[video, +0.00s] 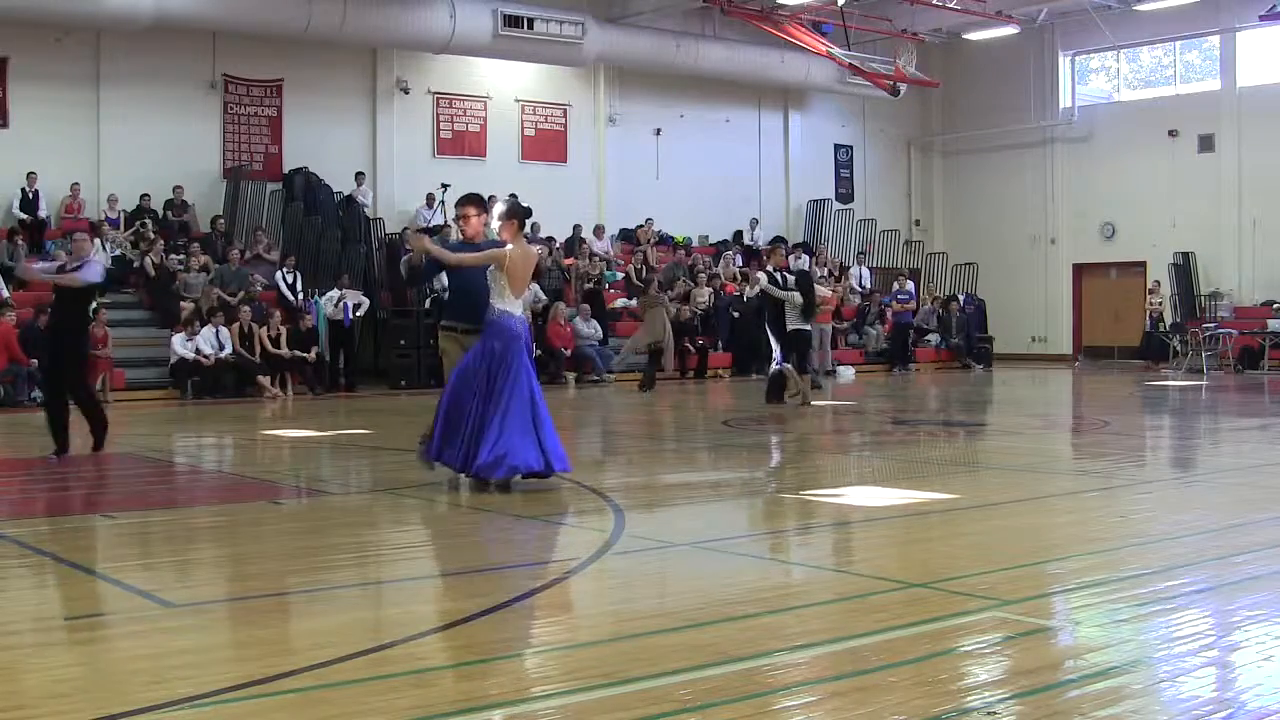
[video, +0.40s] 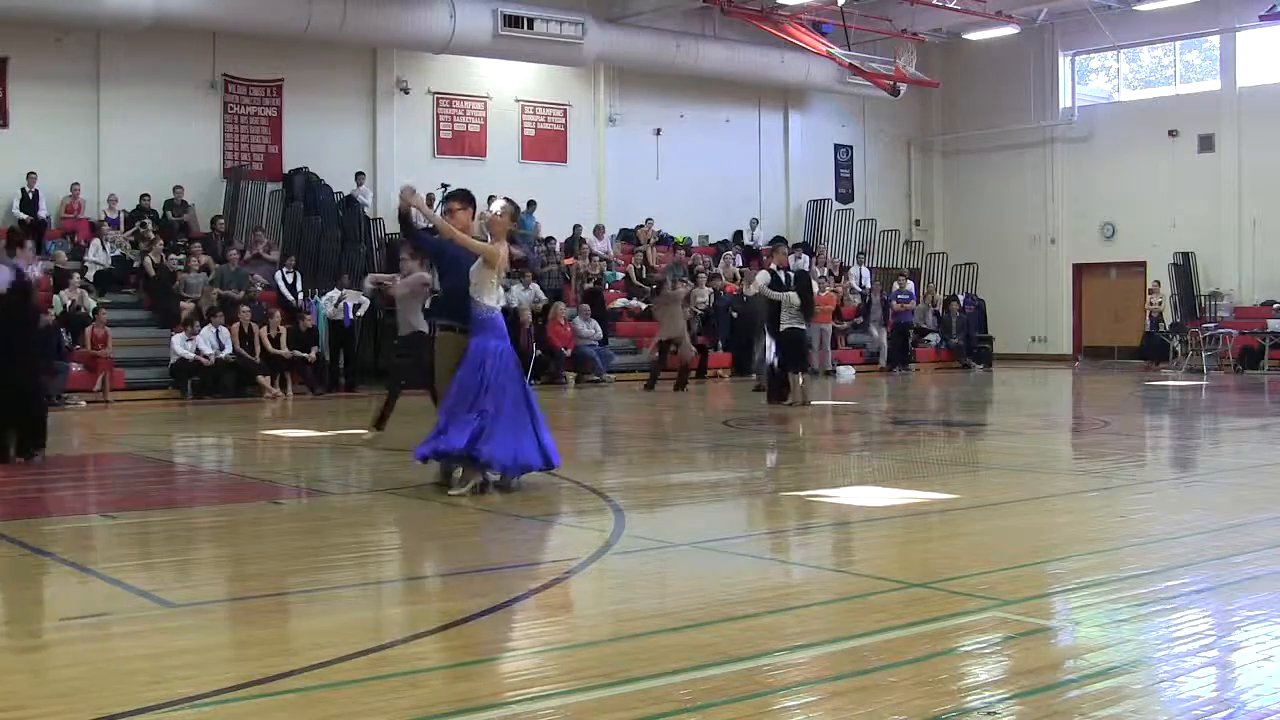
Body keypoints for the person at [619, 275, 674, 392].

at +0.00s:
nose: (657, 286)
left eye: (656, 283)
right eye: (656, 284)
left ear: (645, 285)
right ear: (653, 285)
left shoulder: (642, 300)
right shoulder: (662, 298)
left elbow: (641, 315)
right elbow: (670, 313)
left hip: (649, 327)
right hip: (662, 327)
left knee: (652, 356)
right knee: (656, 356)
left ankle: (649, 382)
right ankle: (645, 383)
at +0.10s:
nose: (657, 285)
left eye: (656, 283)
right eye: (655, 283)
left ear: (646, 285)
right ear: (652, 284)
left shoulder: (644, 300)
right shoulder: (663, 298)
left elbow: (643, 314)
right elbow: (668, 310)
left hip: (651, 327)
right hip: (663, 326)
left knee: (653, 356)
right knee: (657, 357)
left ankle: (648, 382)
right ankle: (647, 382)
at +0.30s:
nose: (666, 284)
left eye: (665, 282)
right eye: (664, 282)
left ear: (654, 286)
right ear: (661, 284)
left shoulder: (653, 302)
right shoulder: (669, 296)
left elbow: (652, 317)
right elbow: (679, 294)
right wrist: (680, 286)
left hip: (660, 333)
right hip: (673, 333)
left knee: (655, 360)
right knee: (682, 356)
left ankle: (649, 384)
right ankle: (679, 383)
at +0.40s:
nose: (670, 286)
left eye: (668, 284)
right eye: (668, 284)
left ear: (657, 288)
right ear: (666, 286)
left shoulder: (656, 301)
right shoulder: (676, 296)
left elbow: (656, 316)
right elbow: (688, 289)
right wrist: (682, 285)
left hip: (665, 332)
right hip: (679, 331)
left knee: (659, 359)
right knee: (685, 357)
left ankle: (650, 384)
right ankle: (680, 385)